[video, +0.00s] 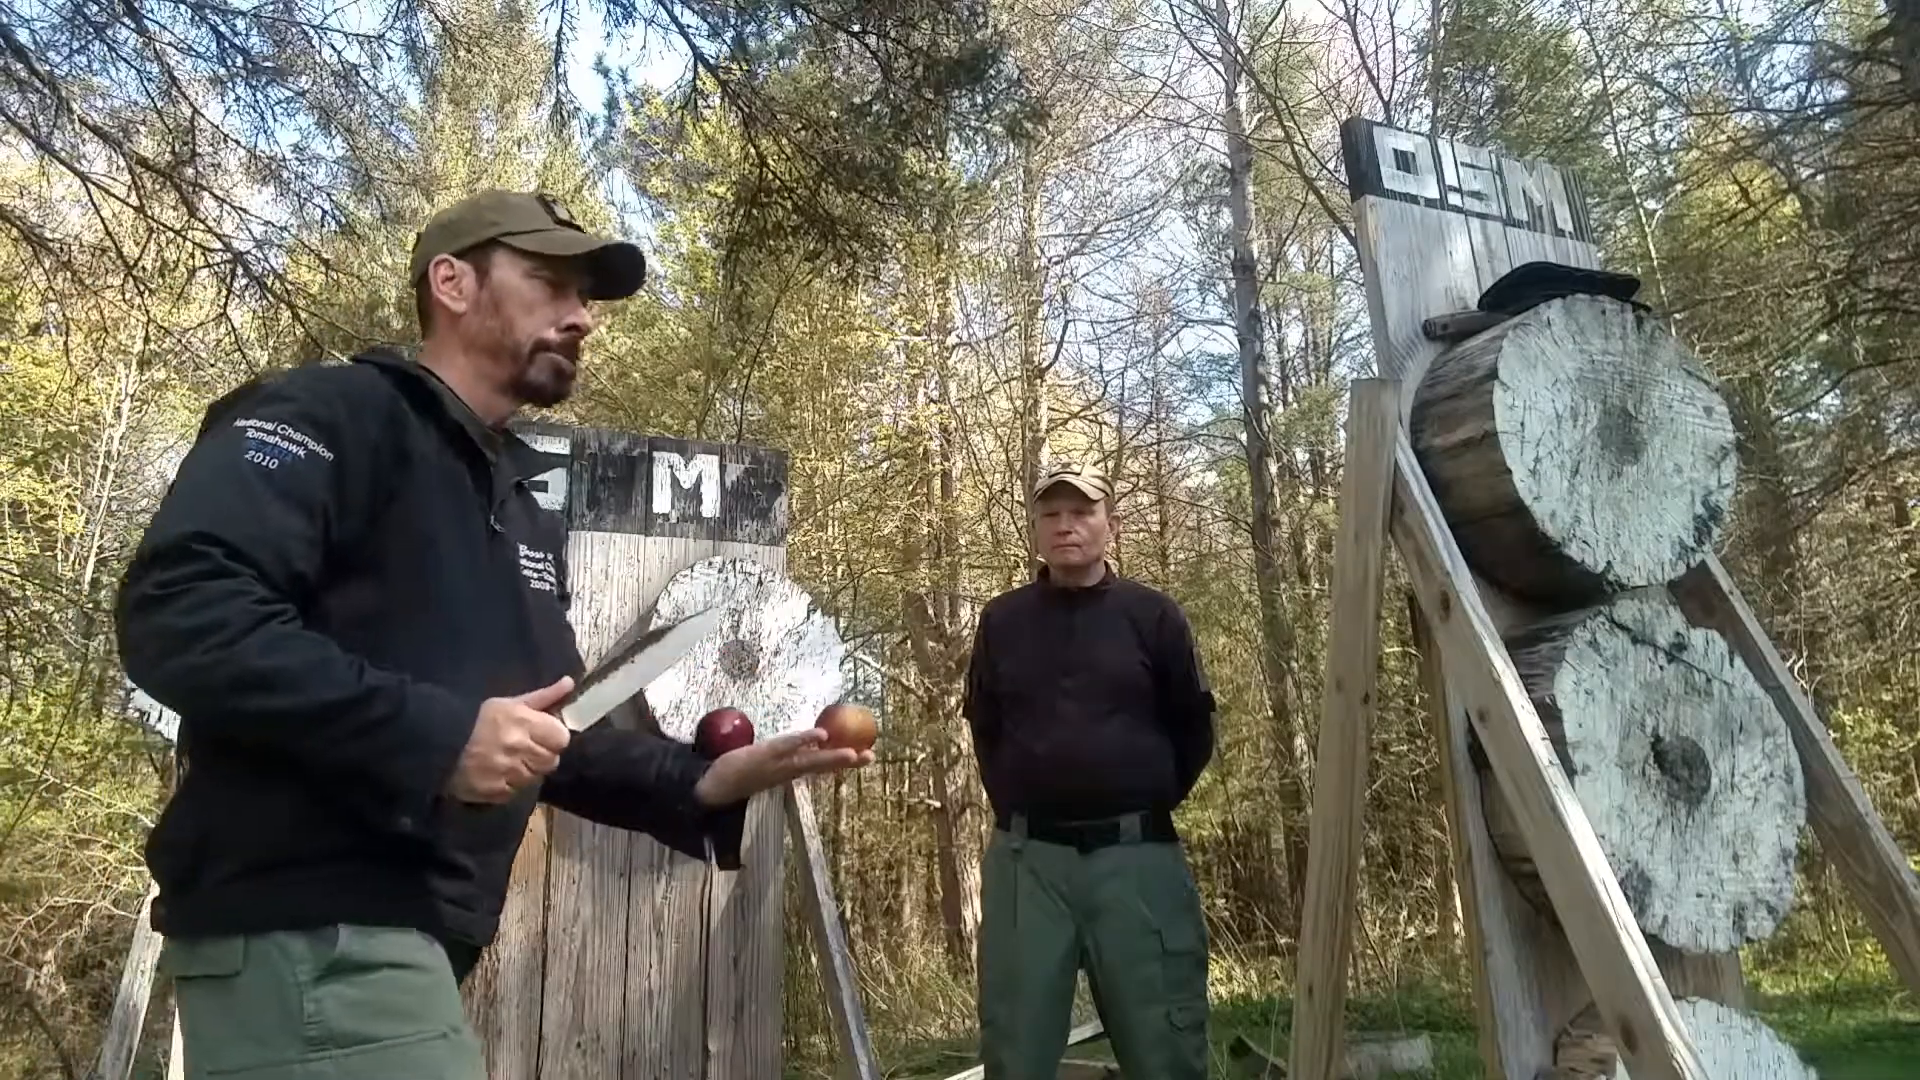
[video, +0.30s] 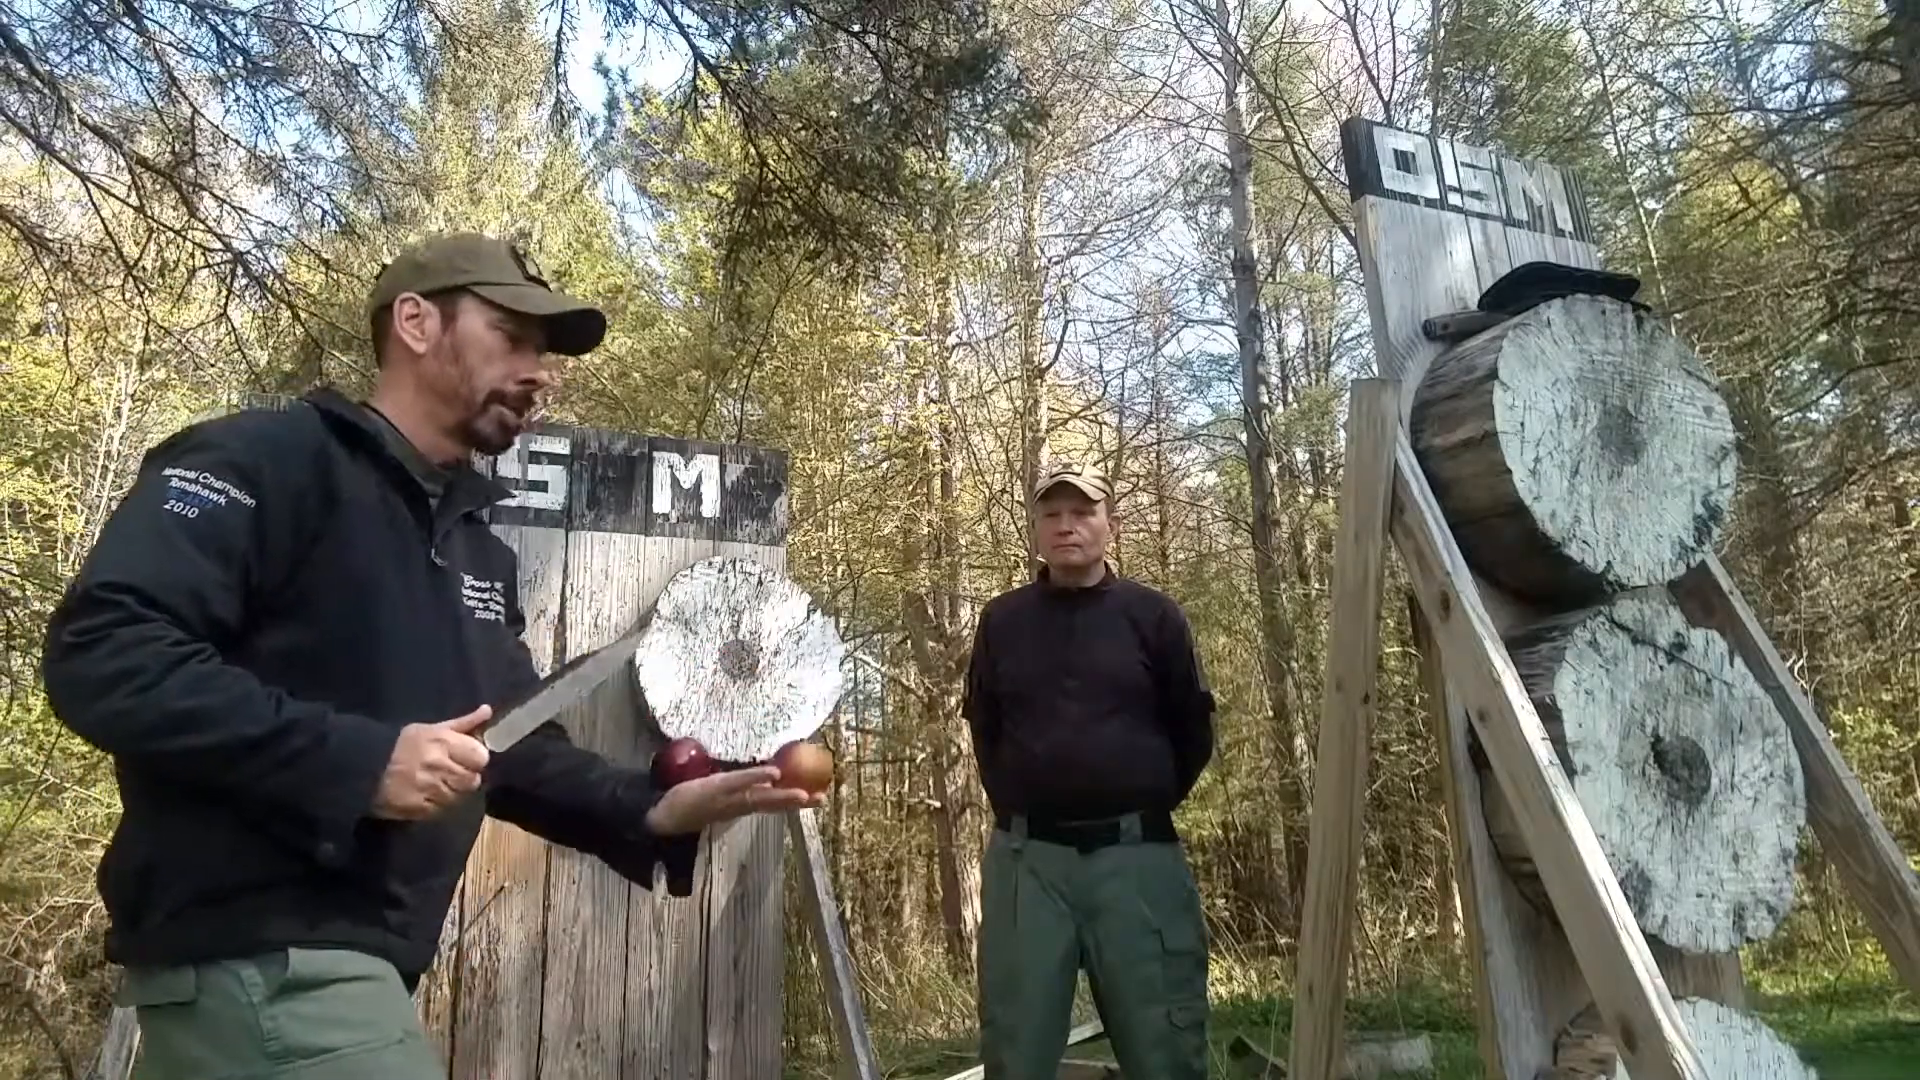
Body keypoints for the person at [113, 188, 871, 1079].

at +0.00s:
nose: (584, 317)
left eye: (588, 294)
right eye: (551, 281)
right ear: (452, 285)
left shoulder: (522, 514)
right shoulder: (331, 410)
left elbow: (524, 734)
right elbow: (179, 611)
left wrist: (708, 779)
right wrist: (442, 735)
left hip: (400, 942)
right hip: (307, 938)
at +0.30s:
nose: (543, 374)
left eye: (550, 351)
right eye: (516, 336)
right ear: (416, 326)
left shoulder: (477, 549)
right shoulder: (257, 459)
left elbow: (507, 743)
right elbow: (101, 657)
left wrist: (657, 810)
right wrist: (361, 757)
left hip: (351, 968)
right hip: (263, 970)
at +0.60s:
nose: (576, 358)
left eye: (581, 337)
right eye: (554, 322)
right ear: (454, 310)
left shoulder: (488, 538)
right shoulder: (309, 429)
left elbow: (492, 744)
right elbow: (135, 611)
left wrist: (656, 806)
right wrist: (404, 735)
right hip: (280, 955)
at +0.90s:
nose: (584, 402)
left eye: (587, 379)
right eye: (558, 364)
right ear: (459, 354)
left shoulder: (494, 590)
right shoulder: (299, 478)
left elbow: (486, 801)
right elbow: (142, 685)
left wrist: (657, 877)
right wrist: (409, 805)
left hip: (365, 1011)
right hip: (249, 1008)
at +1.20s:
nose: (545, 424)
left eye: (546, 399)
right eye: (517, 391)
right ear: (415, 387)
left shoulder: (486, 595)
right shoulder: (265, 538)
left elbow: (560, 762)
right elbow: (163, 748)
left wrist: (756, 777)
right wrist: (460, 803)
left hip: (419, 1021)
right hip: (285, 1025)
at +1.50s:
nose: (513, 296)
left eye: (510, 275)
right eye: (480, 269)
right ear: (388, 285)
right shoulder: (385, 388)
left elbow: (559, 623)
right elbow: (570, 506)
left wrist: (585, 474)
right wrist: (781, 512)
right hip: (387, 887)